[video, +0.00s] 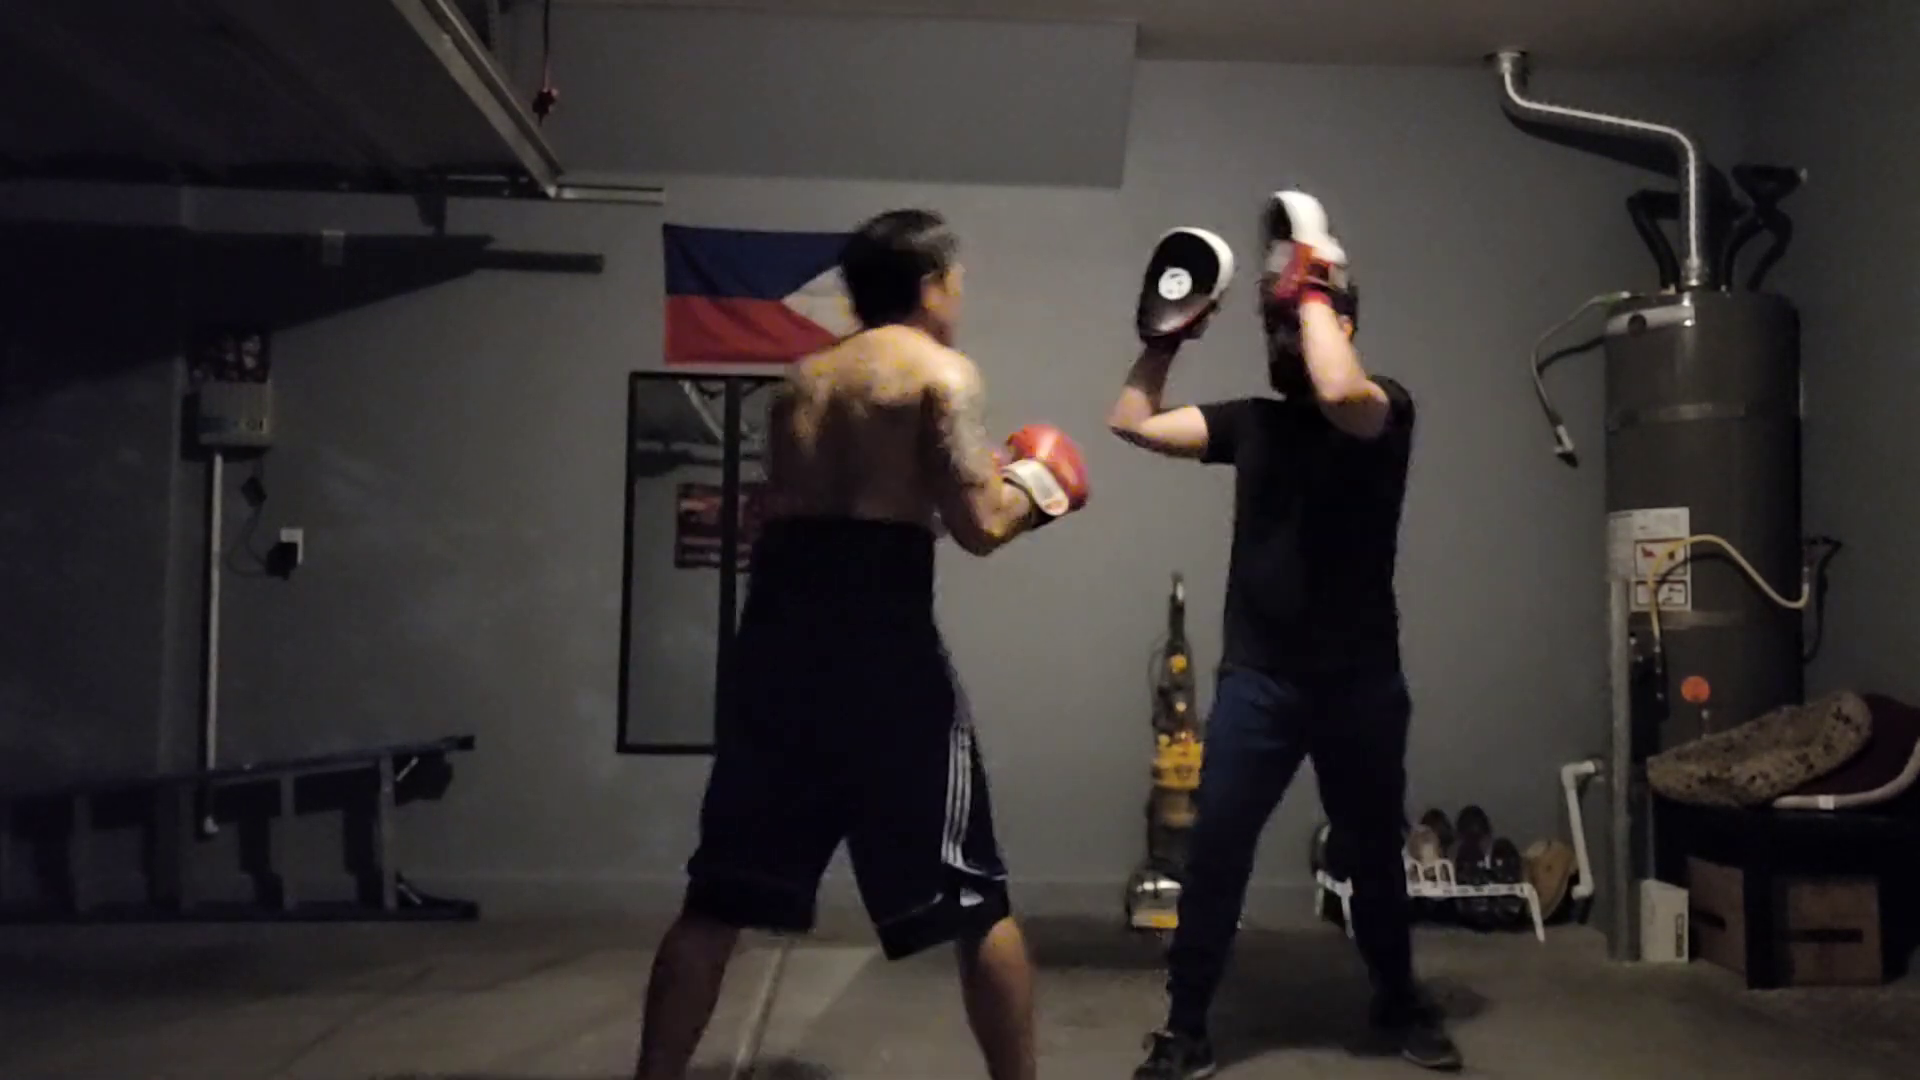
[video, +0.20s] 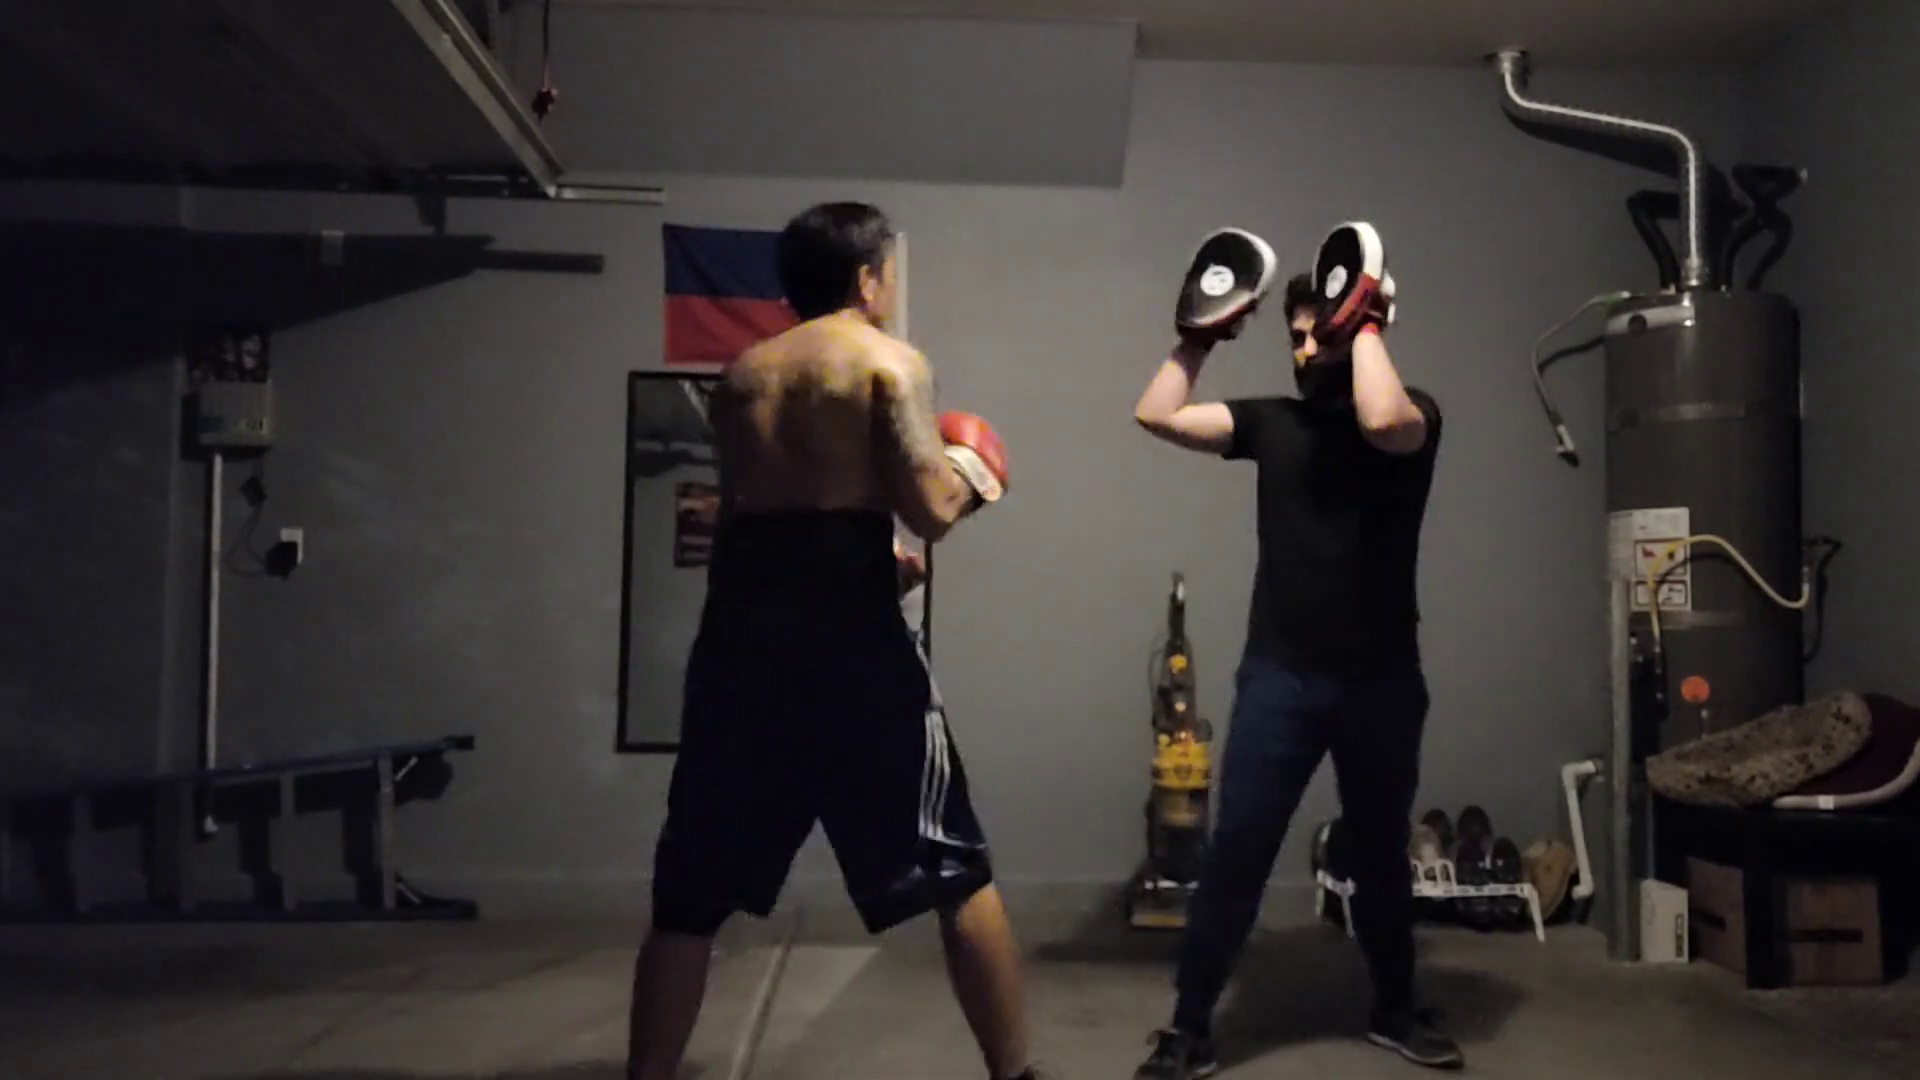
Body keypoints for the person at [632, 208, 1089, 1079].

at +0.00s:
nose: (960, 296)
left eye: (956, 279)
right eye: (954, 280)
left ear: (864, 290)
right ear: (929, 288)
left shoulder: (797, 384)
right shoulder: (940, 374)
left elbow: (805, 514)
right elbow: (980, 524)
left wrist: (997, 473)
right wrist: (1040, 484)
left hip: (777, 657)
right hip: (887, 659)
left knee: (718, 892)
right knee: (977, 895)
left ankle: (655, 1071)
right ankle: (1018, 1072)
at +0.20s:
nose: (894, 290)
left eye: (891, 273)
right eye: (890, 275)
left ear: (796, 284)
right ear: (866, 283)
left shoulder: (738, 374)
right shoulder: (887, 360)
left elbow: (755, 531)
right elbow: (933, 507)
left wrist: (888, 560)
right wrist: (975, 468)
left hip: (740, 657)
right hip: (856, 657)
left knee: (687, 898)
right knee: (959, 876)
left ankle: (649, 1071)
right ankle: (1013, 1068)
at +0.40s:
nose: (888, 290)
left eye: (881, 275)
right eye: (884, 278)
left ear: (790, 289)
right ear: (862, 287)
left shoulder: (735, 379)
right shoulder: (904, 358)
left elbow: (724, 517)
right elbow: (1031, 451)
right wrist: (1003, 390)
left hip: (758, 661)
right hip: (879, 655)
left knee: (691, 888)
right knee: (970, 872)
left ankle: (638, 1069)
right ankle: (1028, 1067)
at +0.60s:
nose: (951, 272)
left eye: (947, 258)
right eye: (948, 259)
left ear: (850, 273)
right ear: (928, 268)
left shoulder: (802, 357)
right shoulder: (972, 348)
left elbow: (837, 466)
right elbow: (1064, 455)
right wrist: (1059, 364)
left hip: (813, 620)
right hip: (924, 622)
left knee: (742, 864)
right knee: (993, 877)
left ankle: (669, 1065)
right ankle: (1031, 1071)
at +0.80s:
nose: (985, 279)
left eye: (978, 266)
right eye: (981, 267)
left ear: (888, 282)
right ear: (967, 277)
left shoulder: (843, 364)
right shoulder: (1014, 348)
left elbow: (867, 485)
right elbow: (1109, 416)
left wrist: (996, 488)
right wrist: (1095, 330)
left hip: (840, 637)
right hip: (951, 641)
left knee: (763, 851)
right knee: (1013, 877)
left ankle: (665, 1045)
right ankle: (1035, 1068)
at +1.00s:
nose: (1008, 278)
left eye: (1003, 262)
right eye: (1005, 265)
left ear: (915, 275)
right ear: (990, 275)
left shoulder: (863, 355)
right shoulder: (1015, 370)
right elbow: (1095, 490)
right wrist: (1129, 403)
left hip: (836, 632)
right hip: (942, 639)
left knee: (754, 852)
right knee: (1014, 885)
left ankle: (656, 1046)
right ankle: (1036, 1070)